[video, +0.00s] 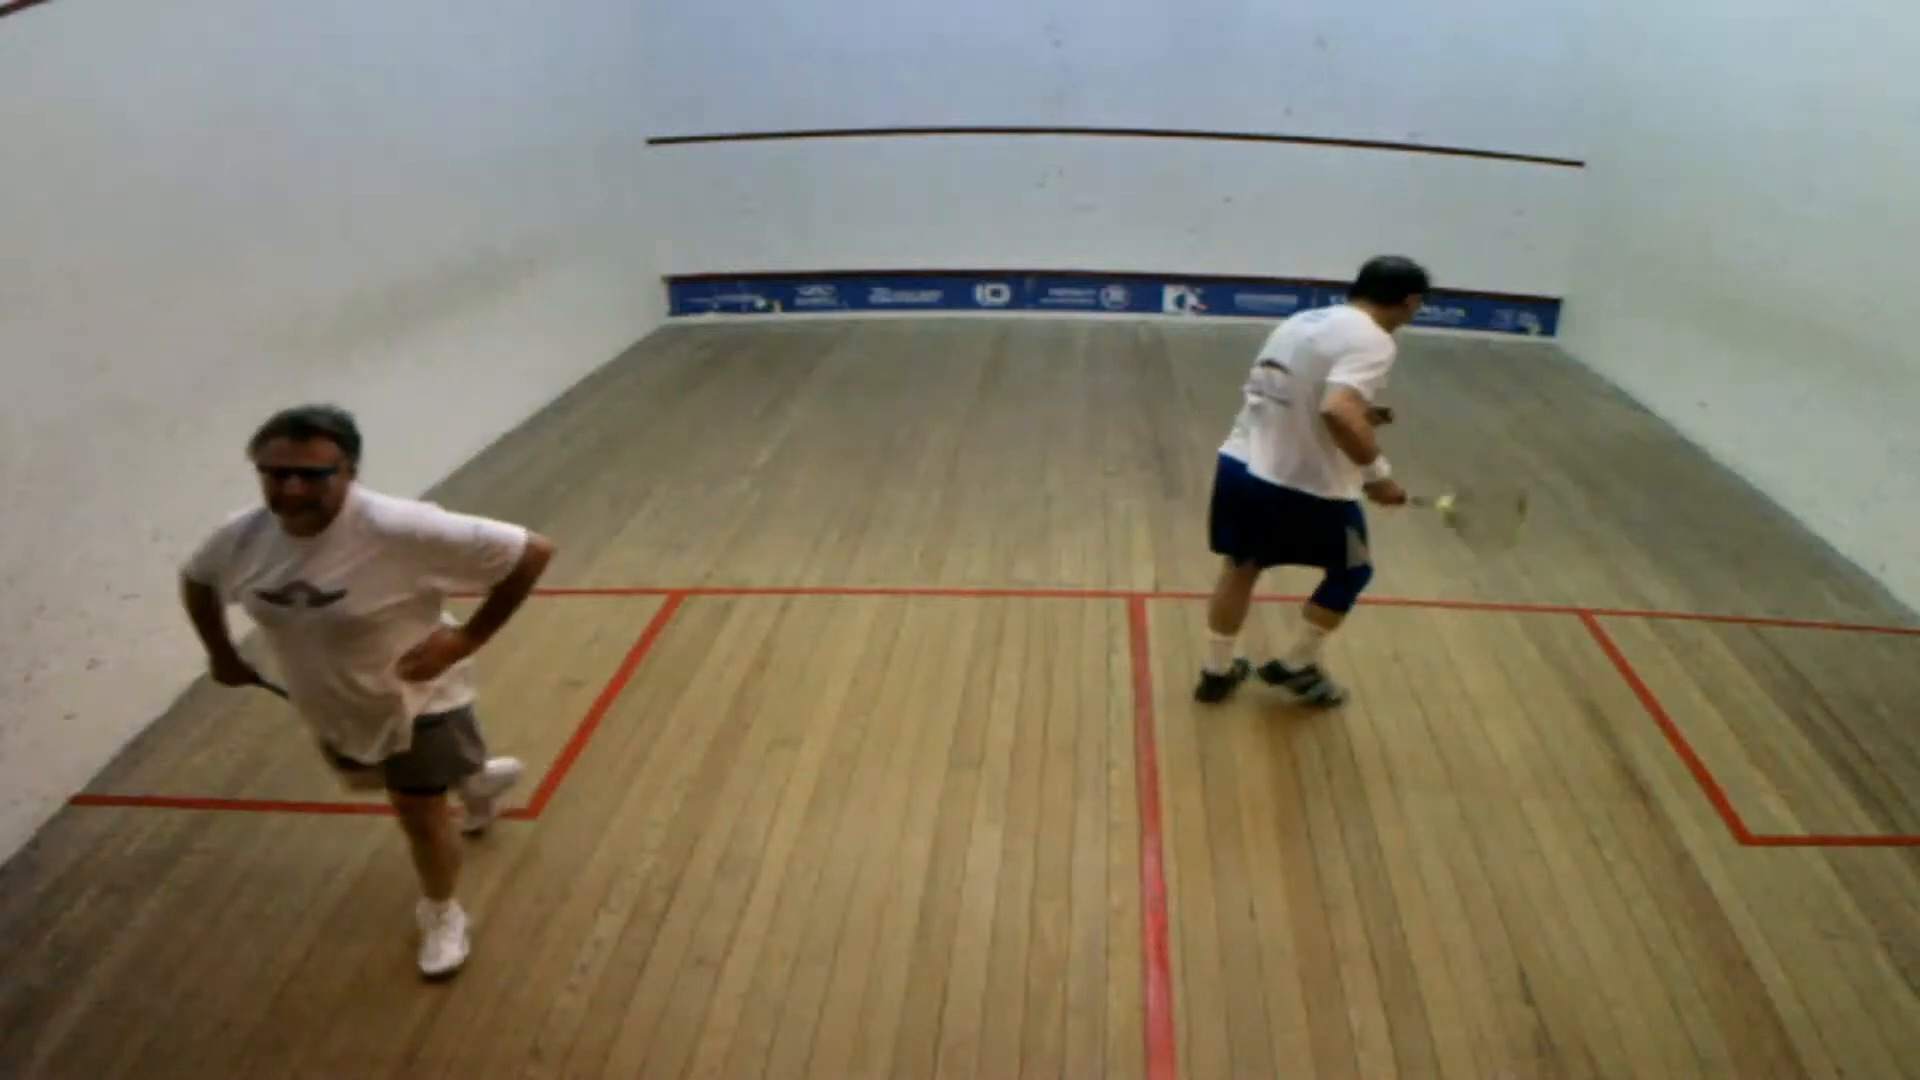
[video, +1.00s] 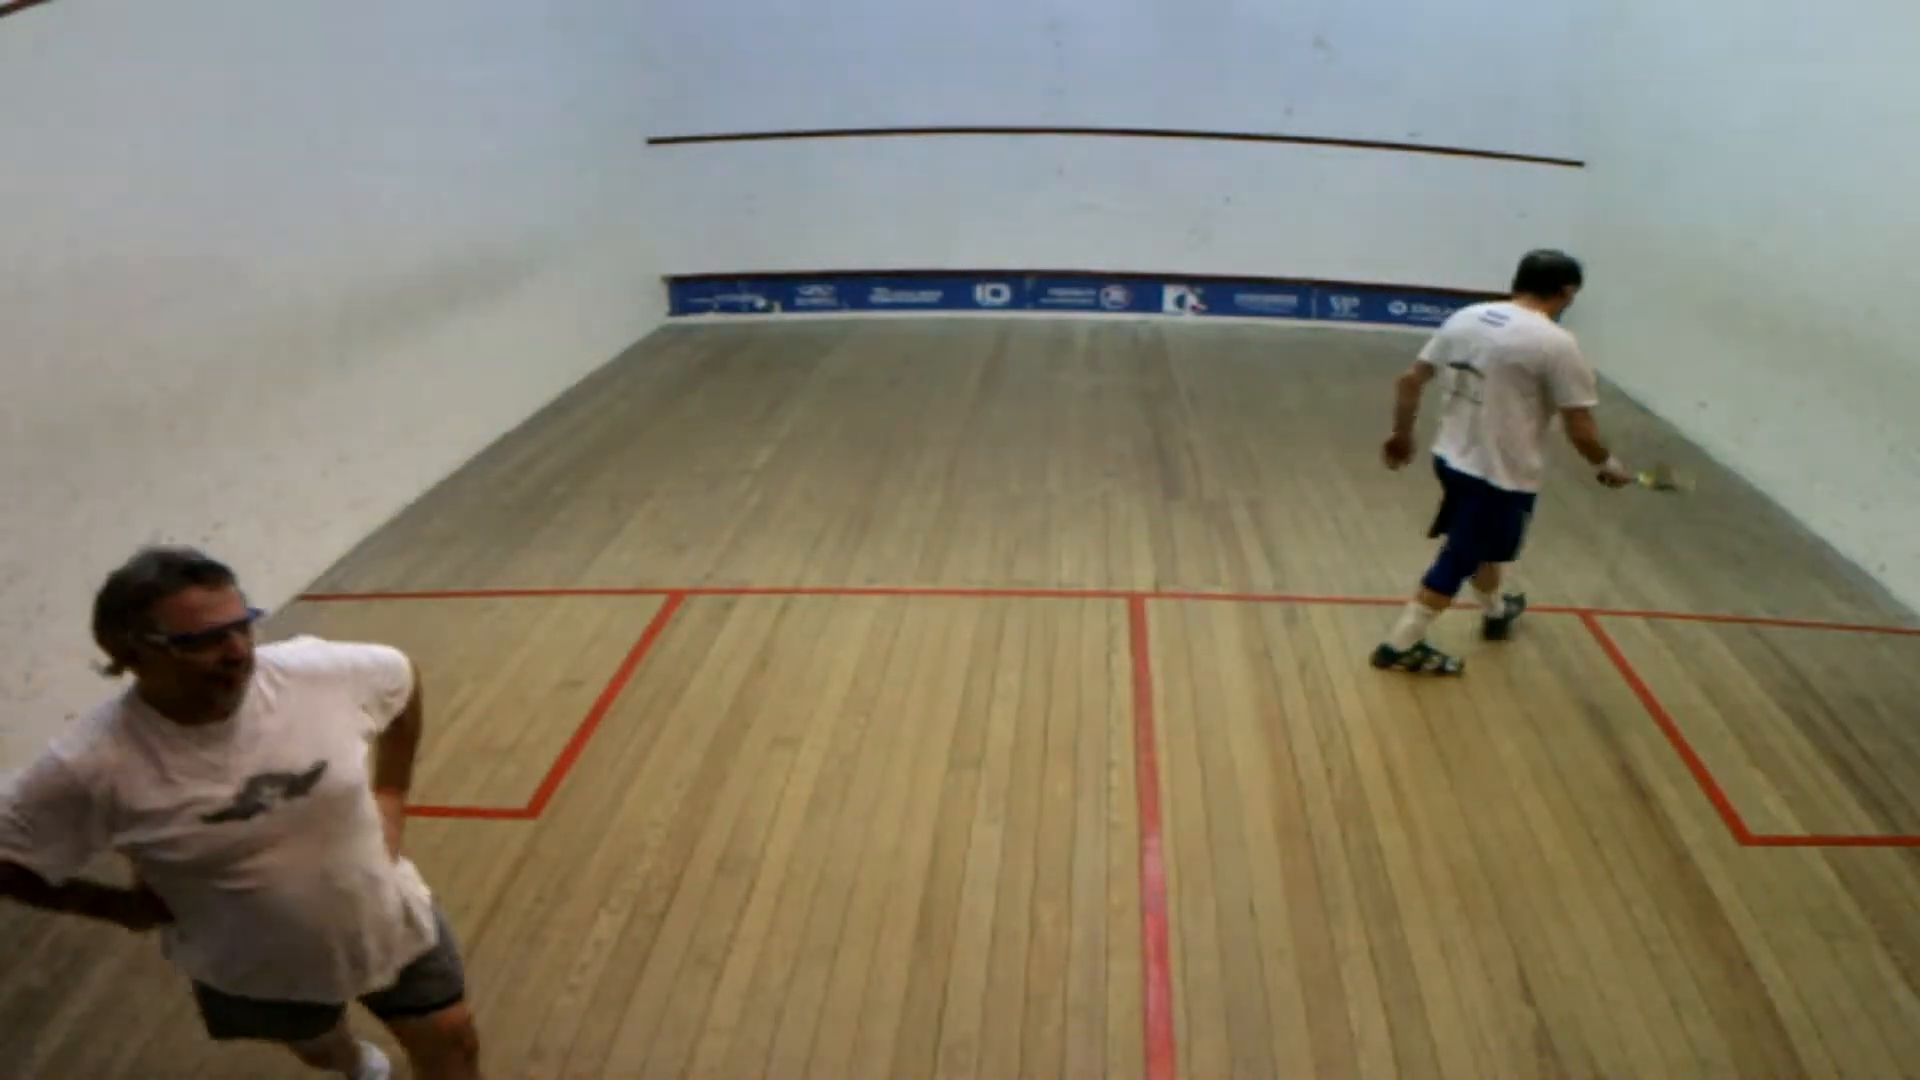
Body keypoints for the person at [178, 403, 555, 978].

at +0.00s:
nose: (292, 490)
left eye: (312, 475)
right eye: (277, 475)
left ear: (349, 476)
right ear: (259, 476)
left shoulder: (393, 530)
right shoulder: (243, 542)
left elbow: (530, 554)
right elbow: (196, 582)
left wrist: (463, 640)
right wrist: (222, 657)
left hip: (417, 704)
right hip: (335, 712)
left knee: (422, 808)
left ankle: (443, 913)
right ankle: (479, 785)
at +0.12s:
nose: (273, 508)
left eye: (293, 493)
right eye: (256, 493)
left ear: (329, 490)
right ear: (236, 493)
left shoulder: (376, 546)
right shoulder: (218, 554)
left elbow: (514, 572)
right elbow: (147, 581)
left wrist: (448, 661)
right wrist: (197, 658)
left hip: (396, 725)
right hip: (305, 739)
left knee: (416, 828)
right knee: (308, 832)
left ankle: (442, 913)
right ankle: (393, 839)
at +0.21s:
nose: (258, 521)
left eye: (279, 505)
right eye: (241, 505)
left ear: (314, 501)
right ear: (220, 506)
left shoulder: (365, 556)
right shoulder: (201, 561)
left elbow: (504, 580)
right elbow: (121, 581)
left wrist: (440, 669)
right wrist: (186, 656)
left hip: (384, 742)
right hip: (286, 759)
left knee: (417, 840)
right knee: (303, 865)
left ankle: (442, 915)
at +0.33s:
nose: (239, 545)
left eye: (261, 527)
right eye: (219, 529)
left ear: (294, 524)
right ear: (196, 529)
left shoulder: (352, 578)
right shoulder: (171, 586)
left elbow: (486, 594)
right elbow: (90, 600)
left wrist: (426, 687)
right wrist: (177, 680)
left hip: (377, 766)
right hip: (274, 791)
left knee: (417, 852)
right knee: (306, 916)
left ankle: (443, 916)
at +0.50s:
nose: (206, 590)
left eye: (224, 570)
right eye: (182, 574)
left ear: (253, 563)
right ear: (154, 575)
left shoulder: (313, 612)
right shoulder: (132, 640)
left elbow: (449, 624)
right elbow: (40, 678)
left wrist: (401, 728)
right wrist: (130, 749)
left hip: (356, 814)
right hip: (253, 851)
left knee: (406, 879)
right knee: (298, 970)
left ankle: (439, 915)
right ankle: (355, 1059)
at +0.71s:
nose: (187, 618)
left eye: (202, 594)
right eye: (157, 604)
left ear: (219, 584)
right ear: (109, 612)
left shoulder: (288, 634)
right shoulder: (71, 697)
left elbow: (412, 640)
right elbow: (5, 764)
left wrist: (379, 748)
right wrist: (99, 817)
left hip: (348, 853)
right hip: (236, 904)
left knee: (434, 956)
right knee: (299, 1002)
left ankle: (444, 983)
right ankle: (359, 1065)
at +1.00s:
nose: (238, 653)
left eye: (243, 628)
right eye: (208, 642)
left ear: (253, 617)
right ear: (134, 654)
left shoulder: (314, 673)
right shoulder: (91, 766)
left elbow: (400, 679)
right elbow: (5, 860)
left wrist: (390, 804)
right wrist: (117, 906)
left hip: (382, 915)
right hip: (264, 973)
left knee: (453, 1040)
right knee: (321, 1044)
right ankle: (367, 1070)